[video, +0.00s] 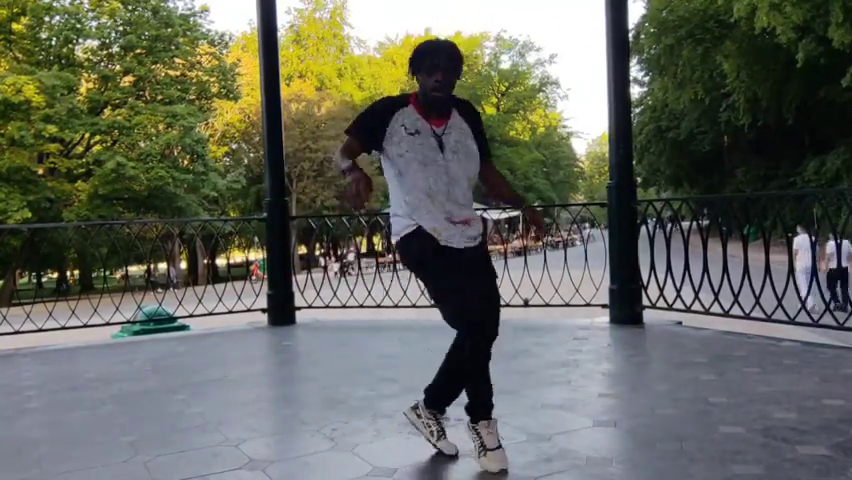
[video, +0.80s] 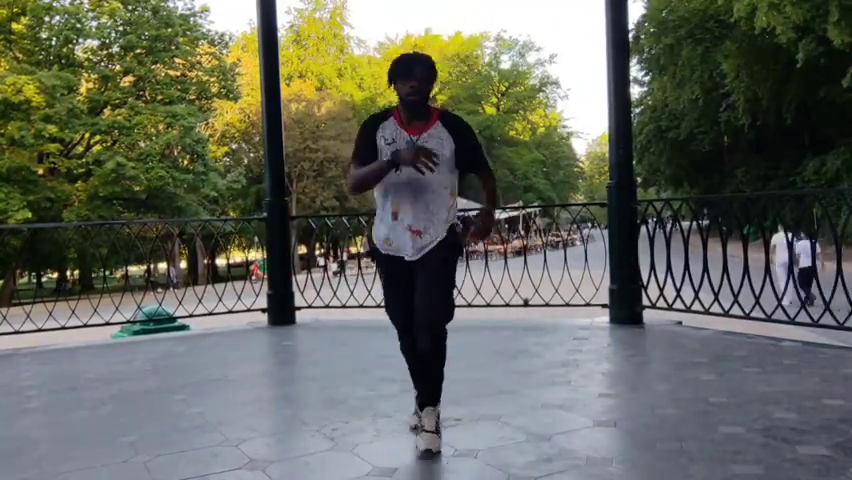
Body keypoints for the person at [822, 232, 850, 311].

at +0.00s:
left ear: (831, 235)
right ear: (842, 234)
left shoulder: (830, 244)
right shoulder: (846, 243)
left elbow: (828, 256)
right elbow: (850, 255)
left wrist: (825, 266)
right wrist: (848, 264)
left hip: (832, 268)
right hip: (844, 268)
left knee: (831, 287)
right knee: (844, 288)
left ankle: (837, 303)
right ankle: (845, 305)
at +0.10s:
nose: (824, 237)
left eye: (825, 235)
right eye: (825, 235)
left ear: (826, 236)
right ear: (835, 235)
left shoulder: (825, 244)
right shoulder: (841, 243)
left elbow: (824, 256)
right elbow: (846, 252)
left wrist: (821, 265)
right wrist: (845, 261)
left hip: (828, 268)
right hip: (839, 268)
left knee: (825, 287)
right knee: (842, 287)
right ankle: (844, 304)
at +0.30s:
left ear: (820, 236)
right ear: (829, 235)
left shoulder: (818, 244)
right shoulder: (832, 243)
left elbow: (815, 256)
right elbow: (834, 255)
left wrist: (814, 264)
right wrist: (834, 262)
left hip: (819, 267)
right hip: (829, 267)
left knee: (817, 286)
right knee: (831, 285)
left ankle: (817, 302)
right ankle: (839, 299)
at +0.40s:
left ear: (812, 236)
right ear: (821, 234)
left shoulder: (810, 244)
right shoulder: (827, 241)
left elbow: (809, 255)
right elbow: (832, 250)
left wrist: (808, 265)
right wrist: (833, 260)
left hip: (815, 266)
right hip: (825, 265)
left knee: (815, 285)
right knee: (825, 284)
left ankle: (817, 303)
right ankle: (830, 299)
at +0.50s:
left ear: (808, 234)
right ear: (818, 233)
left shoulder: (806, 243)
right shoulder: (823, 241)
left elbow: (805, 255)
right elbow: (828, 250)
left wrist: (805, 263)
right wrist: (830, 259)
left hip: (811, 266)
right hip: (821, 265)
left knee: (814, 285)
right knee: (820, 284)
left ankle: (816, 302)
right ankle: (821, 300)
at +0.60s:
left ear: (807, 235)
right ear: (816, 235)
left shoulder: (804, 244)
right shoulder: (820, 243)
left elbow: (801, 254)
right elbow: (824, 253)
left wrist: (802, 262)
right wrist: (828, 261)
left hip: (808, 266)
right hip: (818, 265)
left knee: (811, 285)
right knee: (814, 284)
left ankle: (816, 301)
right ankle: (810, 300)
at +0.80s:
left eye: (802, 234)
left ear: (804, 235)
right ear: (812, 235)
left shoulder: (800, 244)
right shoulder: (815, 243)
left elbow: (797, 254)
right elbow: (819, 254)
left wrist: (797, 263)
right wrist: (822, 263)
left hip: (803, 266)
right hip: (812, 265)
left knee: (801, 283)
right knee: (809, 284)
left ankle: (811, 296)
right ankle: (806, 299)